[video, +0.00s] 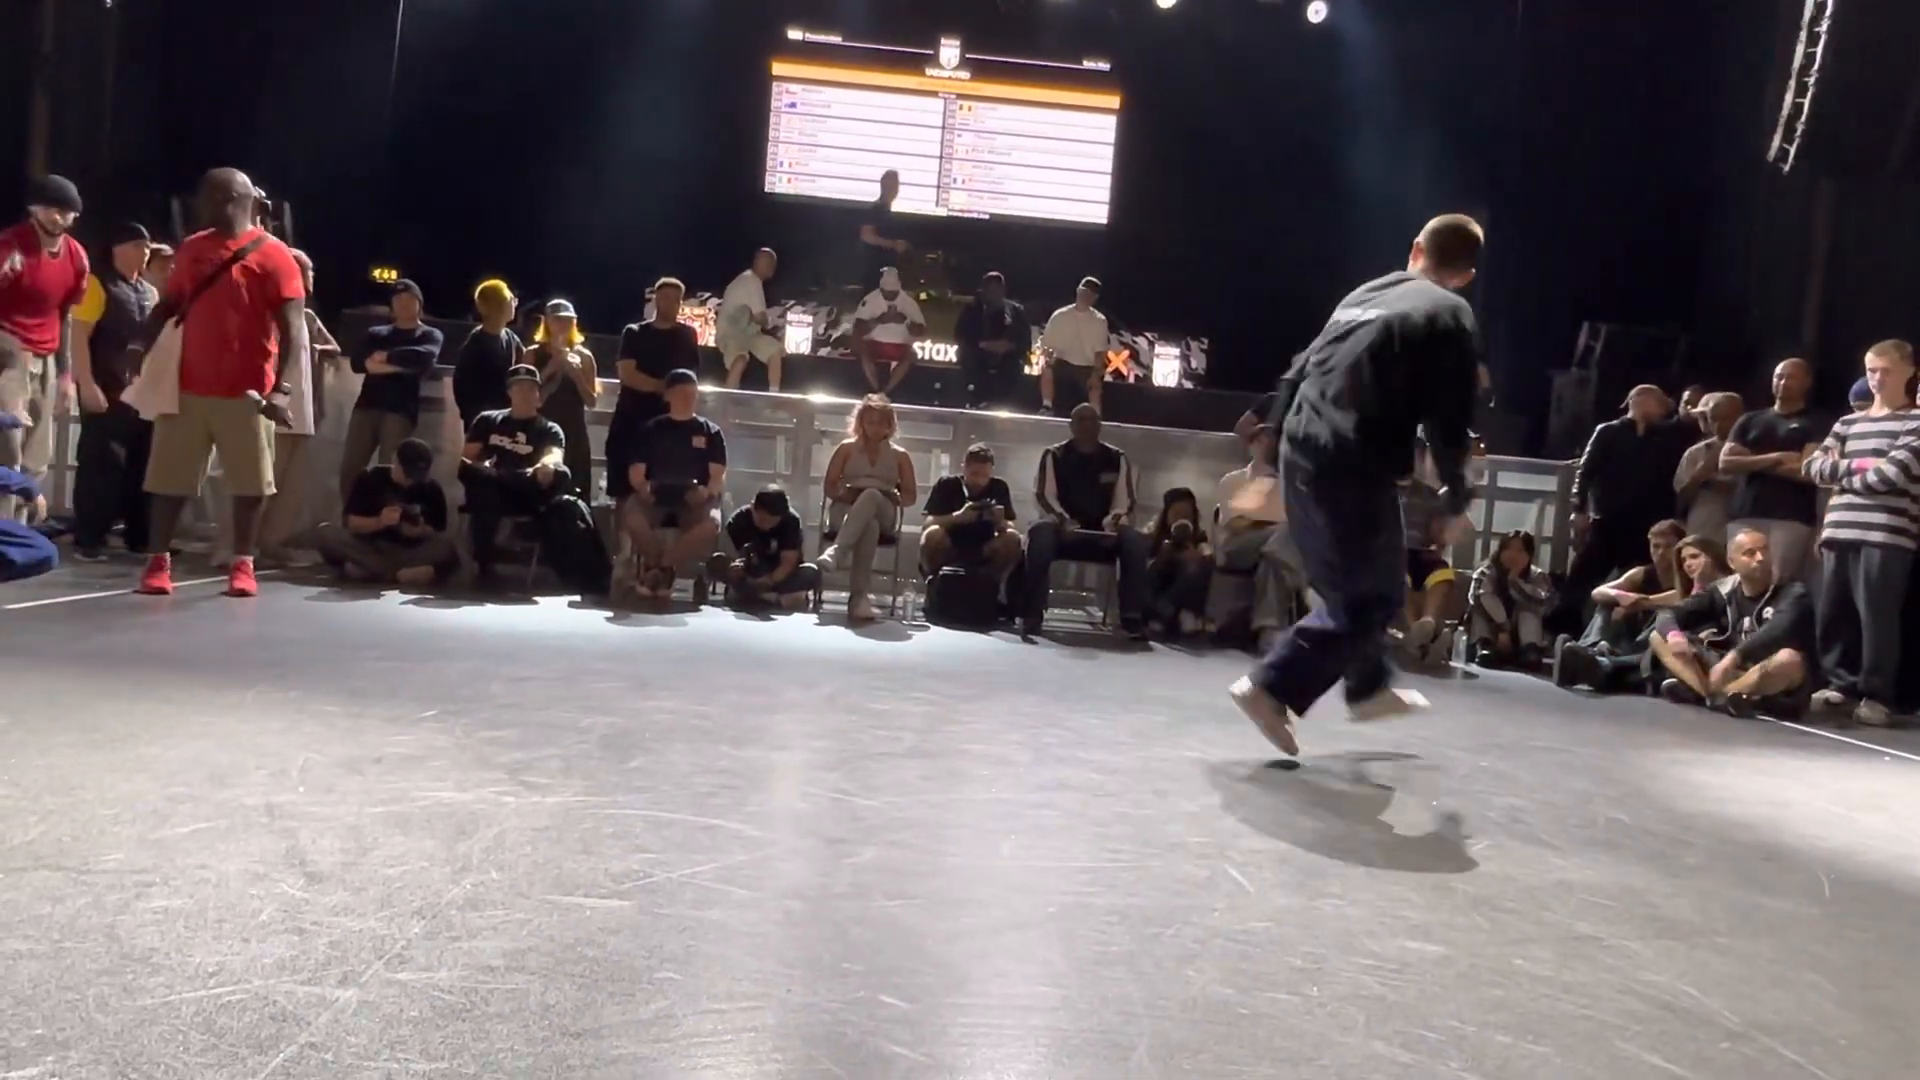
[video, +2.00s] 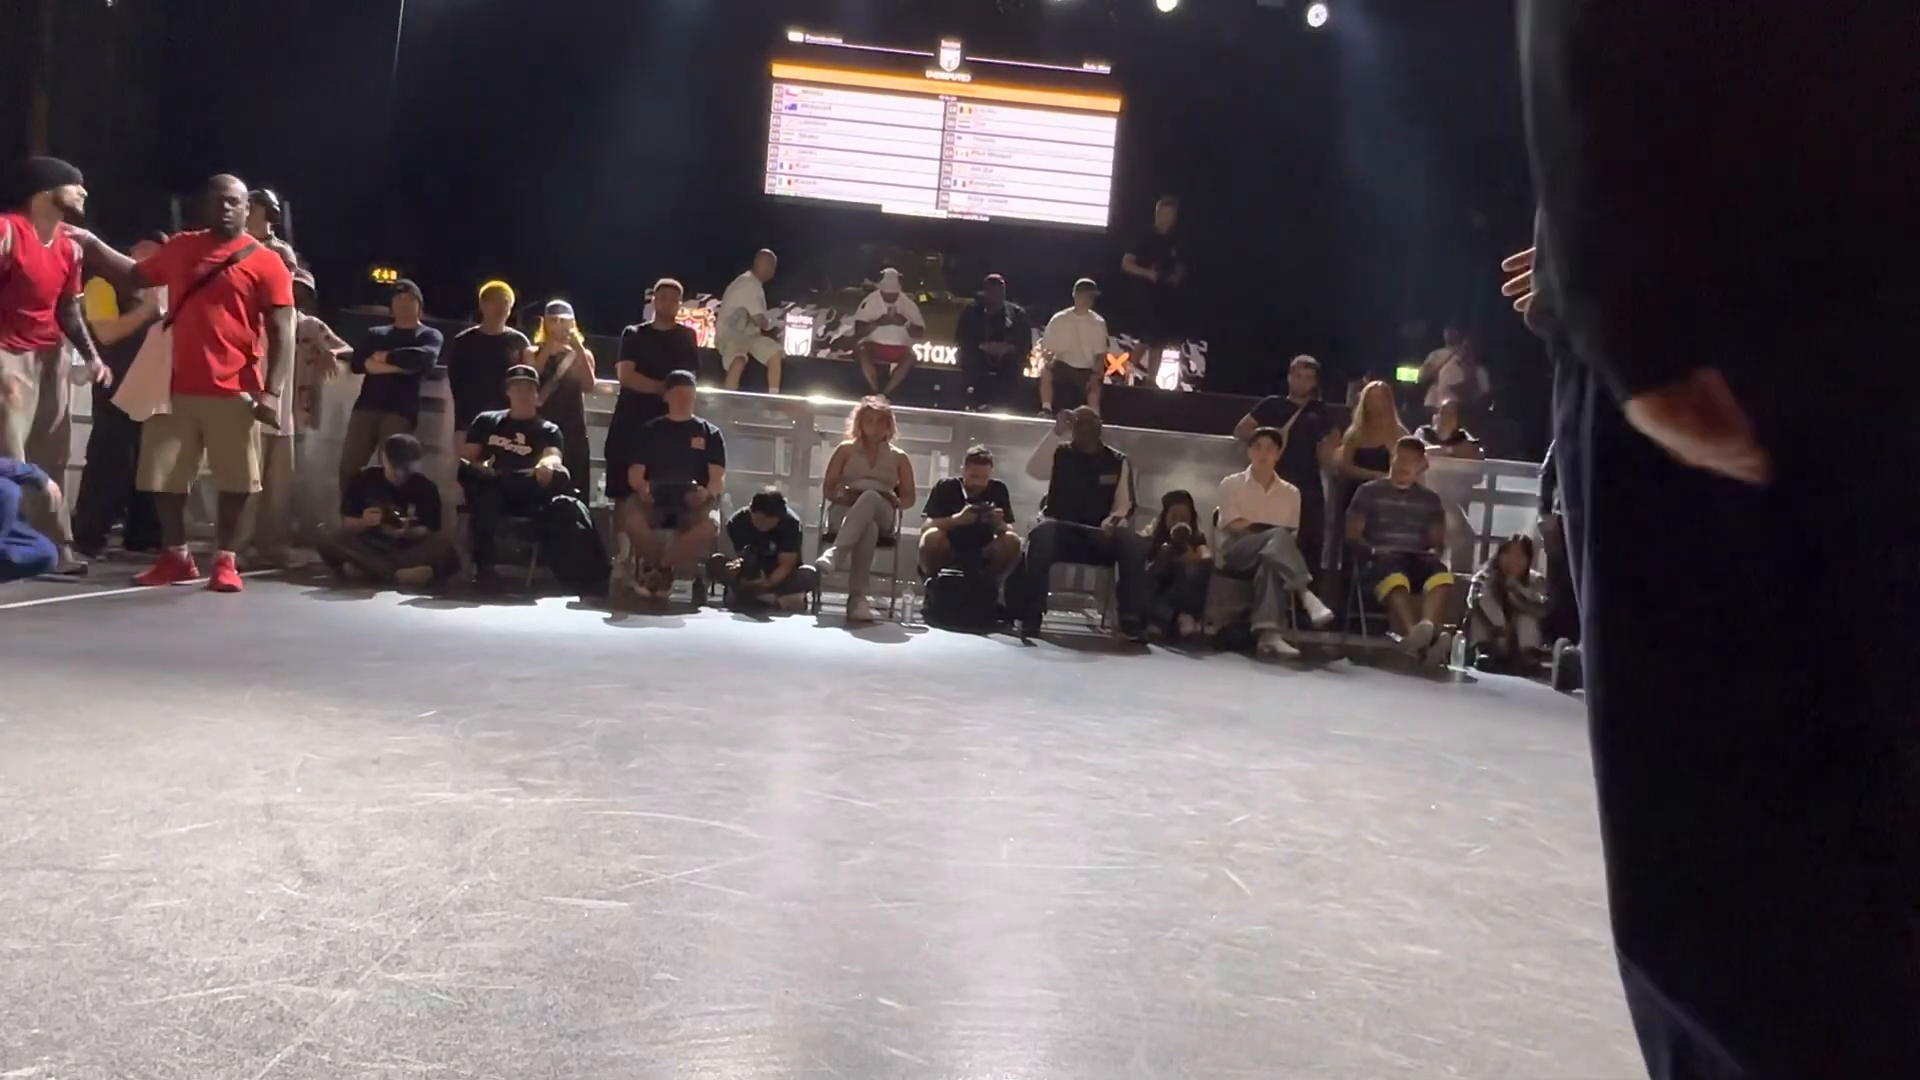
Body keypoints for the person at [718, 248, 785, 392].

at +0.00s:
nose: (772, 270)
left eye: (773, 266)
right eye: (770, 265)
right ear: (760, 263)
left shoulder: (753, 281)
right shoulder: (751, 281)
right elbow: (759, 316)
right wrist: (769, 321)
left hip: (750, 332)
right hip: (730, 332)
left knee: (775, 352)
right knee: (740, 358)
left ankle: (774, 396)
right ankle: (727, 398)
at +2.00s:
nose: (773, 271)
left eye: (773, 267)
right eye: (771, 266)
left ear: (758, 265)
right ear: (762, 265)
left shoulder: (755, 285)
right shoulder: (748, 283)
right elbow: (759, 319)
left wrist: (763, 320)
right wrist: (766, 323)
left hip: (751, 335)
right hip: (730, 334)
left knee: (774, 354)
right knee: (739, 360)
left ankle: (773, 398)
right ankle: (727, 400)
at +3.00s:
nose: (758, 280)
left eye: (758, 276)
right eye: (756, 275)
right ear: (746, 275)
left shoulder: (743, 297)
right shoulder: (730, 292)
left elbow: (747, 325)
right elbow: (740, 327)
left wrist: (764, 322)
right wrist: (756, 332)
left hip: (738, 345)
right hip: (717, 345)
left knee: (763, 364)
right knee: (725, 370)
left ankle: (762, 407)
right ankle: (715, 410)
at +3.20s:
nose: (753, 280)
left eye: (753, 276)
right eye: (750, 276)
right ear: (738, 276)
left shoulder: (739, 299)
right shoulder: (719, 292)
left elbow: (744, 326)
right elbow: (727, 325)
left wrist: (760, 323)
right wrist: (749, 333)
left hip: (732, 346)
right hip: (711, 346)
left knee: (758, 364)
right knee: (720, 372)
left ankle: (757, 409)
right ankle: (710, 412)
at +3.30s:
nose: (739, 281)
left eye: (742, 278)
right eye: (736, 276)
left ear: (745, 281)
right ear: (728, 275)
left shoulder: (737, 303)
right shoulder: (710, 293)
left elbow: (744, 334)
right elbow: (700, 322)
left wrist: (729, 328)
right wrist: (723, 326)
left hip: (729, 347)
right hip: (706, 345)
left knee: (755, 366)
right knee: (716, 372)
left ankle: (754, 410)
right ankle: (706, 412)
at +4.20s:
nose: (723, 294)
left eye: (726, 290)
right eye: (719, 290)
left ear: (729, 295)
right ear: (710, 292)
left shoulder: (730, 318)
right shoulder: (697, 312)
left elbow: (737, 350)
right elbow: (700, 345)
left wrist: (711, 345)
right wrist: (725, 345)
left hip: (725, 362)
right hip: (701, 362)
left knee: (753, 383)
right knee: (709, 391)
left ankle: (756, 428)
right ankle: (703, 432)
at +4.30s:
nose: (724, 297)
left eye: (727, 294)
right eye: (720, 293)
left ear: (730, 298)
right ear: (711, 295)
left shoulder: (730, 321)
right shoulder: (698, 315)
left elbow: (737, 353)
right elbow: (700, 347)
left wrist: (713, 346)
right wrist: (727, 349)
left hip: (725, 366)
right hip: (703, 365)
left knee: (754, 386)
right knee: (709, 394)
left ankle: (754, 427)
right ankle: (703, 434)